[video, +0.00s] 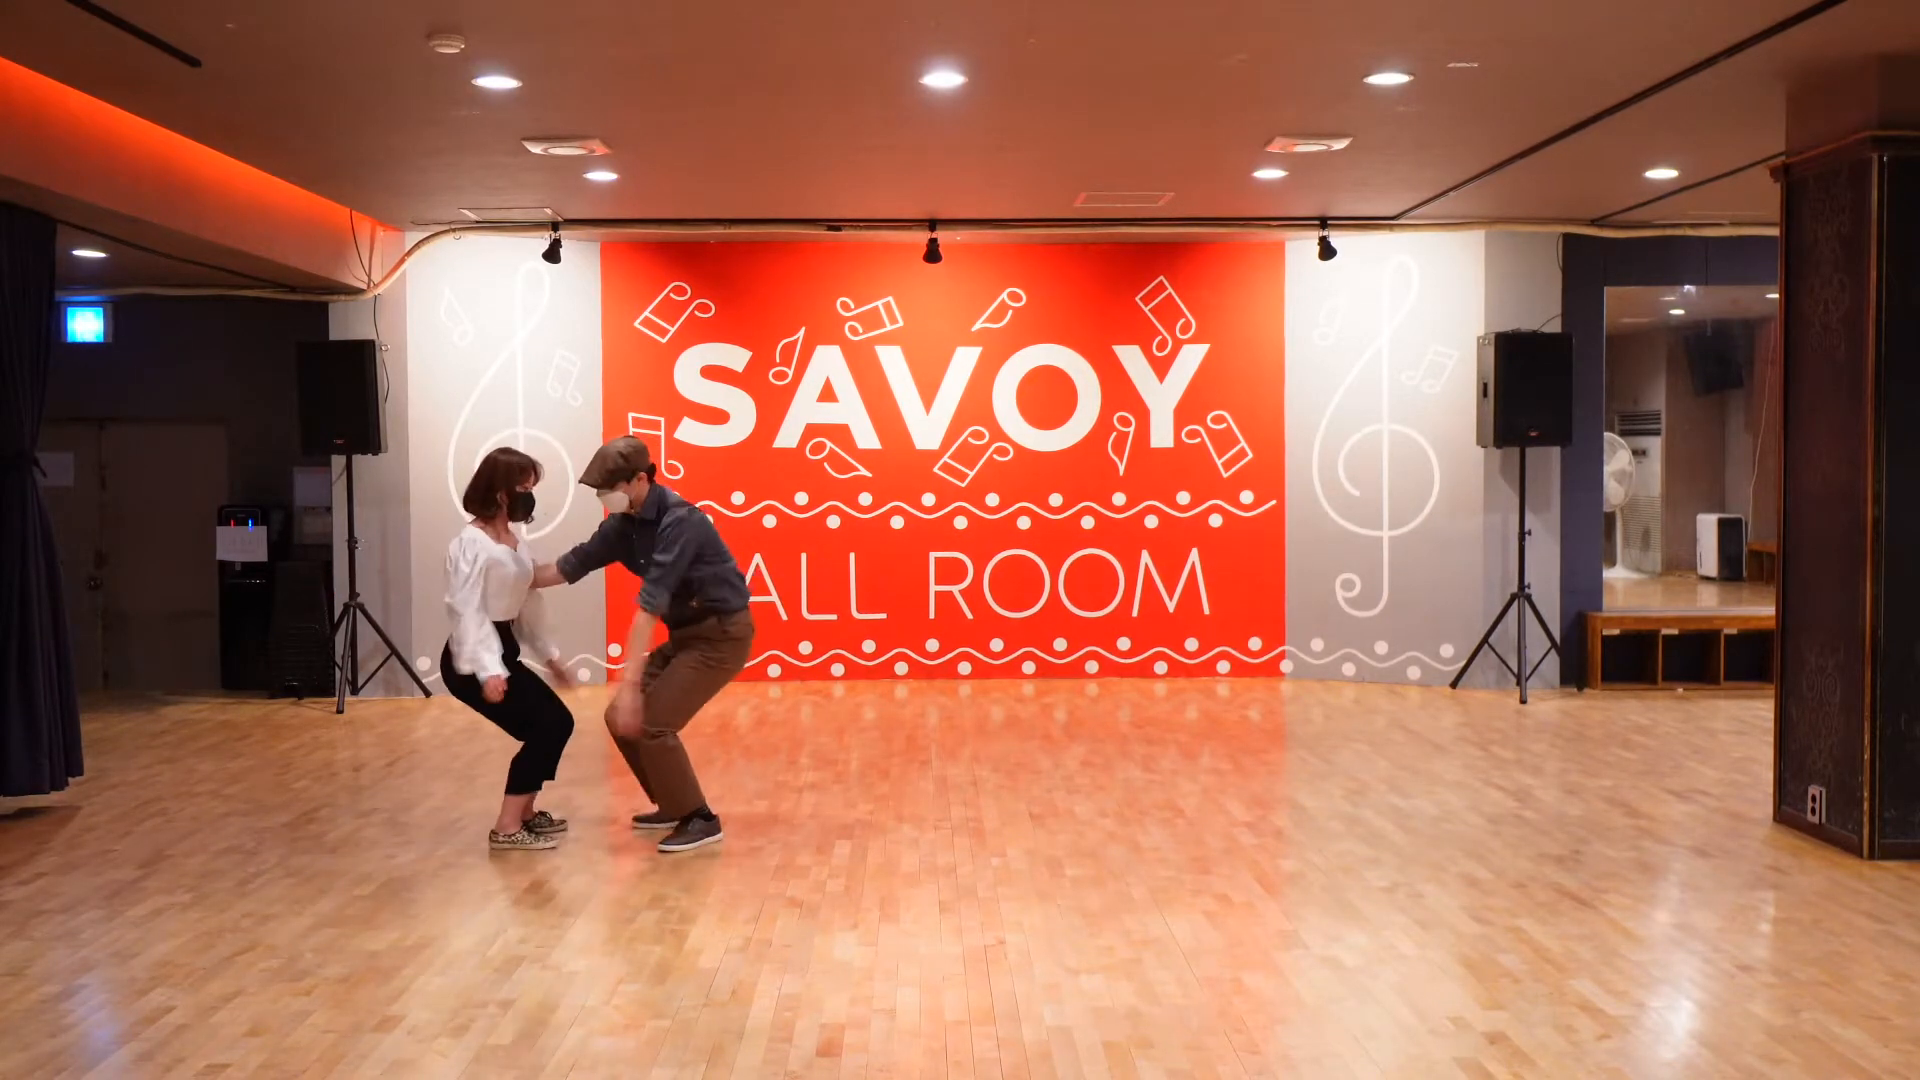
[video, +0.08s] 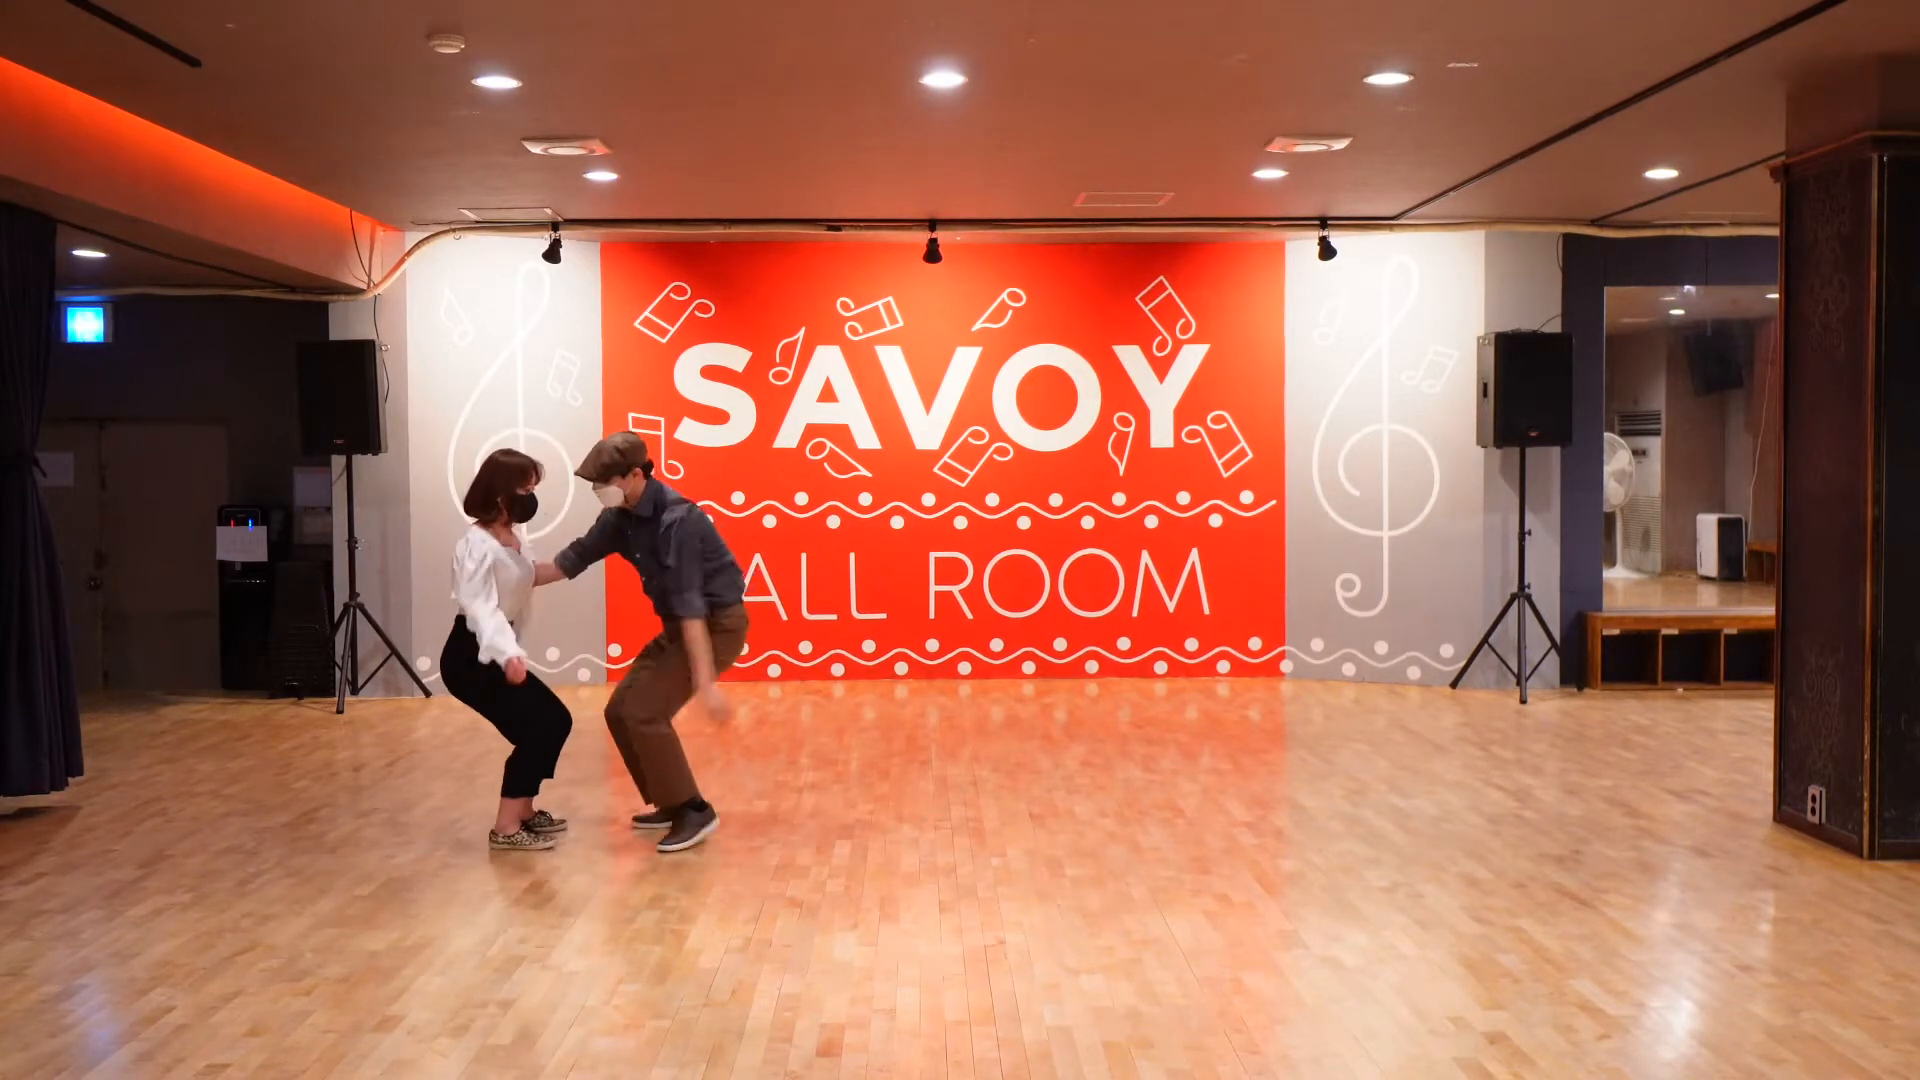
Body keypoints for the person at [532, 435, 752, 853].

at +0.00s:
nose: (603, 500)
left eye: (609, 490)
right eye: (600, 492)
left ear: (638, 481)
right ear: (626, 485)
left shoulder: (680, 521)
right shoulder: (622, 526)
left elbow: (650, 609)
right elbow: (564, 569)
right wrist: (503, 575)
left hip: (722, 636)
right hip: (686, 637)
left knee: (650, 723)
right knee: (621, 716)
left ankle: (700, 818)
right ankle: (675, 806)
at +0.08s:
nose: (601, 492)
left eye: (607, 483)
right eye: (598, 484)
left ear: (635, 477)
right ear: (624, 480)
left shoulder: (678, 521)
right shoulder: (619, 517)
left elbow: (691, 609)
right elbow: (566, 564)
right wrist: (506, 576)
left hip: (717, 625)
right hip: (682, 624)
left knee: (641, 711)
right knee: (620, 710)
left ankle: (693, 810)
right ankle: (673, 804)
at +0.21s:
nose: (594, 483)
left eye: (599, 473)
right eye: (591, 475)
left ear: (629, 466)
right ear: (619, 470)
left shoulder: (680, 508)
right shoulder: (612, 508)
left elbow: (734, 576)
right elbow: (565, 555)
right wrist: (512, 568)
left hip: (714, 614)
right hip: (676, 617)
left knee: (642, 694)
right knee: (624, 707)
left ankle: (649, 805)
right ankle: (682, 796)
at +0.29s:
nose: (592, 482)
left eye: (596, 473)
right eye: (589, 474)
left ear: (626, 465)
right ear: (617, 468)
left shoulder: (680, 505)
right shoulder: (609, 507)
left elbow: (743, 558)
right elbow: (563, 557)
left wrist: (798, 597)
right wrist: (508, 567)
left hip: (711, 613)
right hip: (670, 617)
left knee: (660, 702)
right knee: (626, 704)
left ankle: (613, 815)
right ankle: (682, 797)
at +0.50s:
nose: (600, 498)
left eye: (604, 488)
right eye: (595, 490)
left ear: (632, 473)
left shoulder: (683, 512)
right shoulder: (611, 516)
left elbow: (739, 571)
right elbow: (568, 560)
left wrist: (781, 627)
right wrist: (519, 571)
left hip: (708, 625)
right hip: (668, 628)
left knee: (633, 695)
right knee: (615, 716)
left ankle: (647, 811)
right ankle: (680, 799)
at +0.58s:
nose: (601, 500)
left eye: (606, 491)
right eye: (598, 492)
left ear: (635, 478)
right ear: (622, 482)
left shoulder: (687, 519)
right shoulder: (616, 520)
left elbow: (722, 597)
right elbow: (567, 567)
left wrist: (746, 664)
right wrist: (506, 572)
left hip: (704, 637)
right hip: (668, 638)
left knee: (629, 708)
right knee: (608, 720)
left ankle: (681, 807)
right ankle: (673, 801)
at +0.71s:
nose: (604, 507)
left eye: (610, 497)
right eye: (601, 498)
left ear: (640, 486)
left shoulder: (689, 527)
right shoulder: (622, 527)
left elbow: (689, 616)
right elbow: (566, 573)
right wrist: (496, 572)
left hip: (707, 643)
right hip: (670, 640)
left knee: (620, 722)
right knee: (603, 722)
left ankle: (679, 819)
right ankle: (676, 796)